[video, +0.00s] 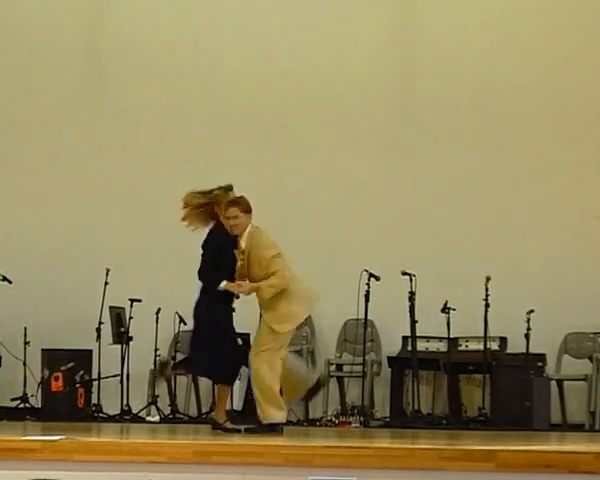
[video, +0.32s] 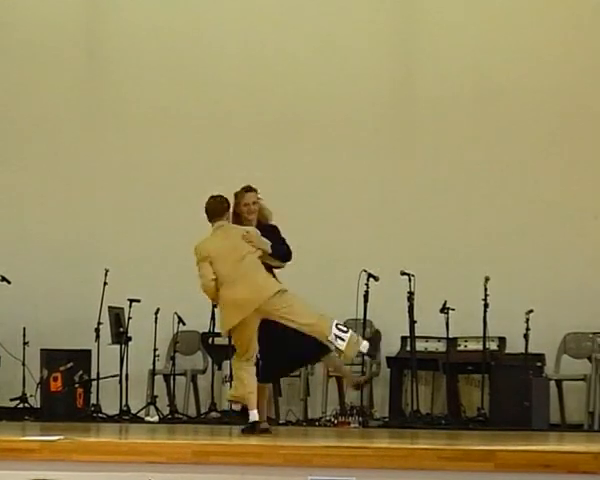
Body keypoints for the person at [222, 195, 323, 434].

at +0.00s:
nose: (231, 223)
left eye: (235, 217)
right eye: (227, 218)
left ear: (248, 216)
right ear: (223, 219)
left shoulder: (260, 241)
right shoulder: (244, 243)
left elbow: (282, 278)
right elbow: (247, 275)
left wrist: (252, 288)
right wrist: (237, 282)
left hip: (287, 304)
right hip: (275, 304)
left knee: (262, 357)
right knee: (265, 355)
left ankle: (272, 419)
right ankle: (308, 380)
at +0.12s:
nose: (212, 218)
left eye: (214, 212)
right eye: (211, 213)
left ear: (226, 212)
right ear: (234, 212)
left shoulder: (236, 239)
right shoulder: (250, 230)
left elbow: (254, 275)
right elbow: (275, 255)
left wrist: (229, 287)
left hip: (265, 307)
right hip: (284, 299)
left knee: (253, 360)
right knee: (280, 335)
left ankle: (264, 419)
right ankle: (323, 334)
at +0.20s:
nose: (209, 217)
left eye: (209, 213)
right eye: (209, 213)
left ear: (213, 213)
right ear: (232, 209)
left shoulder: (218, 239)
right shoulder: (250, 227)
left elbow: (231, 272)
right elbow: (272, 250)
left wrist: (220, 288)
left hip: (255, 296)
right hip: (282, 283)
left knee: (246, 353)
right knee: (304, 316)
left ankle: (256, 409)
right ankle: (331, 335)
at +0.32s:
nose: (251, 210)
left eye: (255, 204)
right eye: (245, 206)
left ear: (207, 217)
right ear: (229, 212)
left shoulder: (203, 247)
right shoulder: (242, 232)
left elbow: (208, 283)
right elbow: (276, 254)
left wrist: (217, 300)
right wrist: (263, 259)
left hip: (235, 303)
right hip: (264, 290)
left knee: (244, 358)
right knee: (308, 318)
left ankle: (254, 419)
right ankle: (354, 345)